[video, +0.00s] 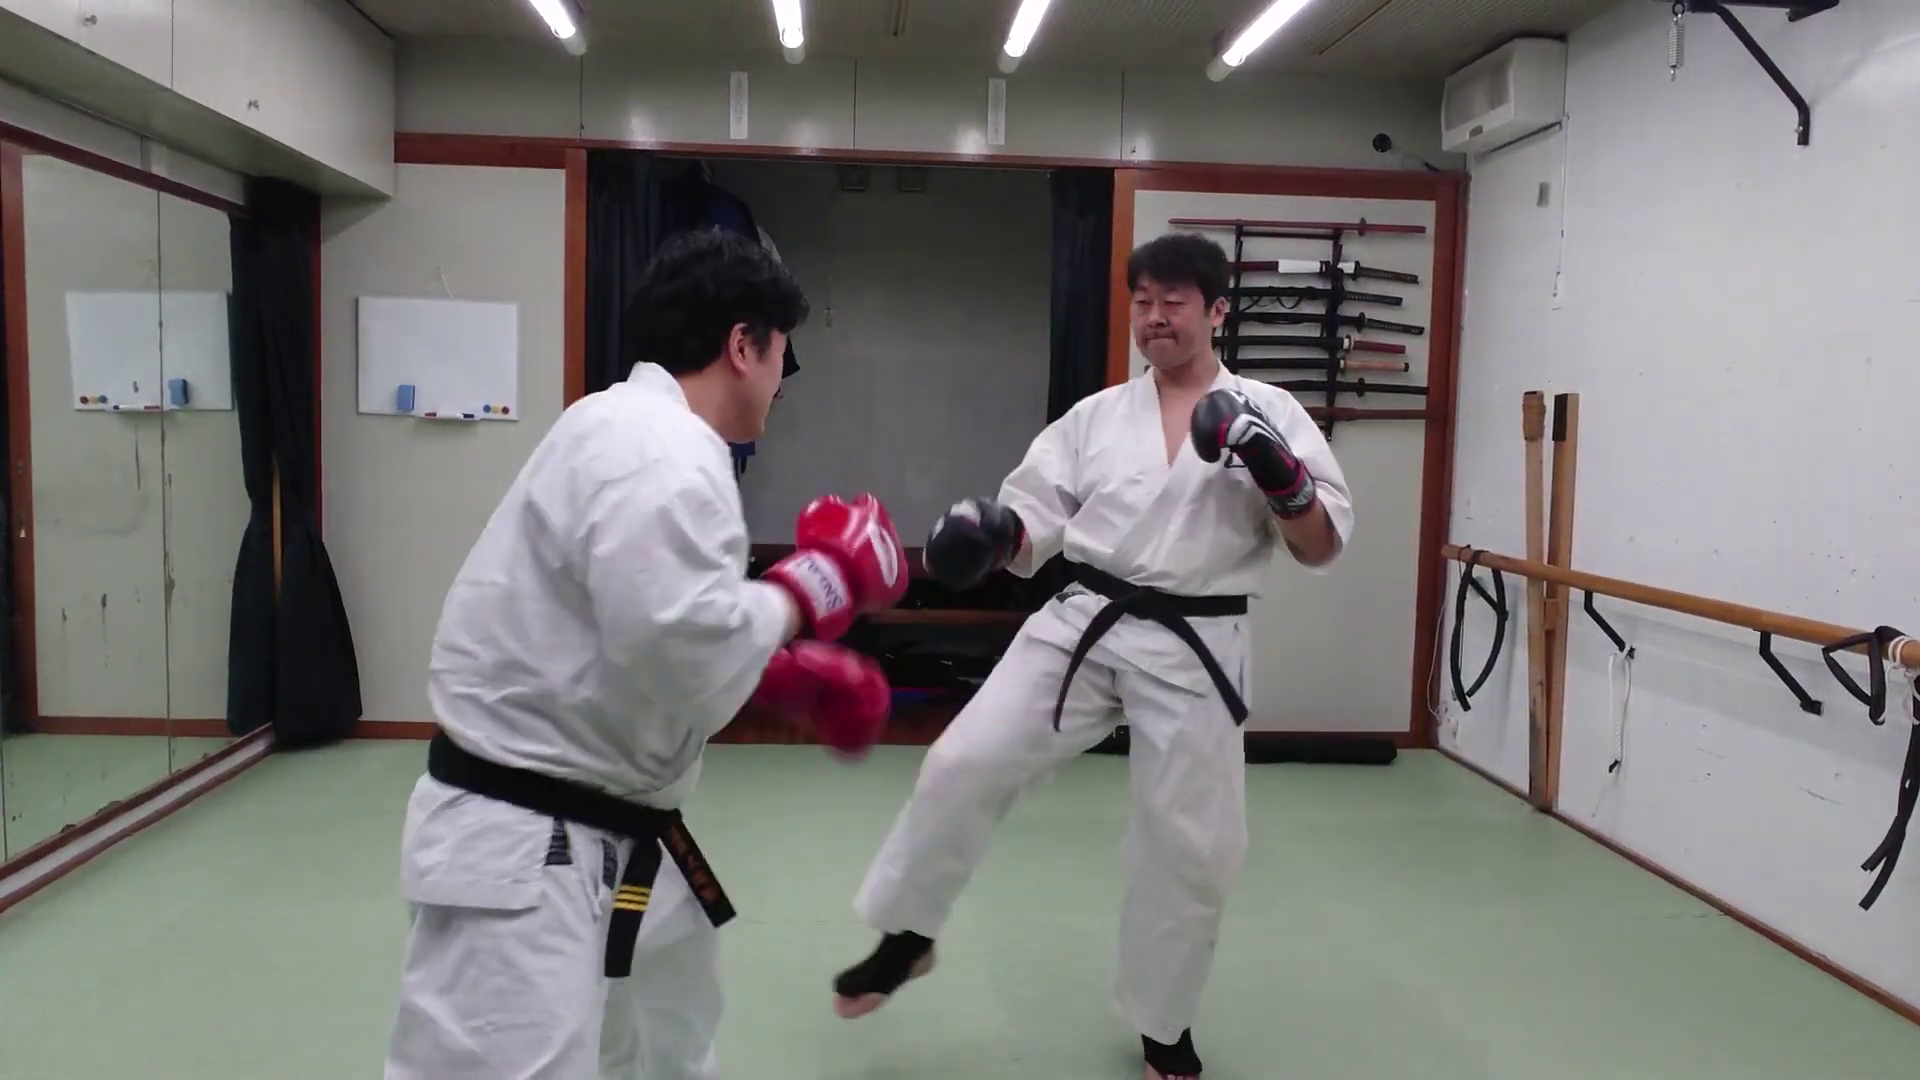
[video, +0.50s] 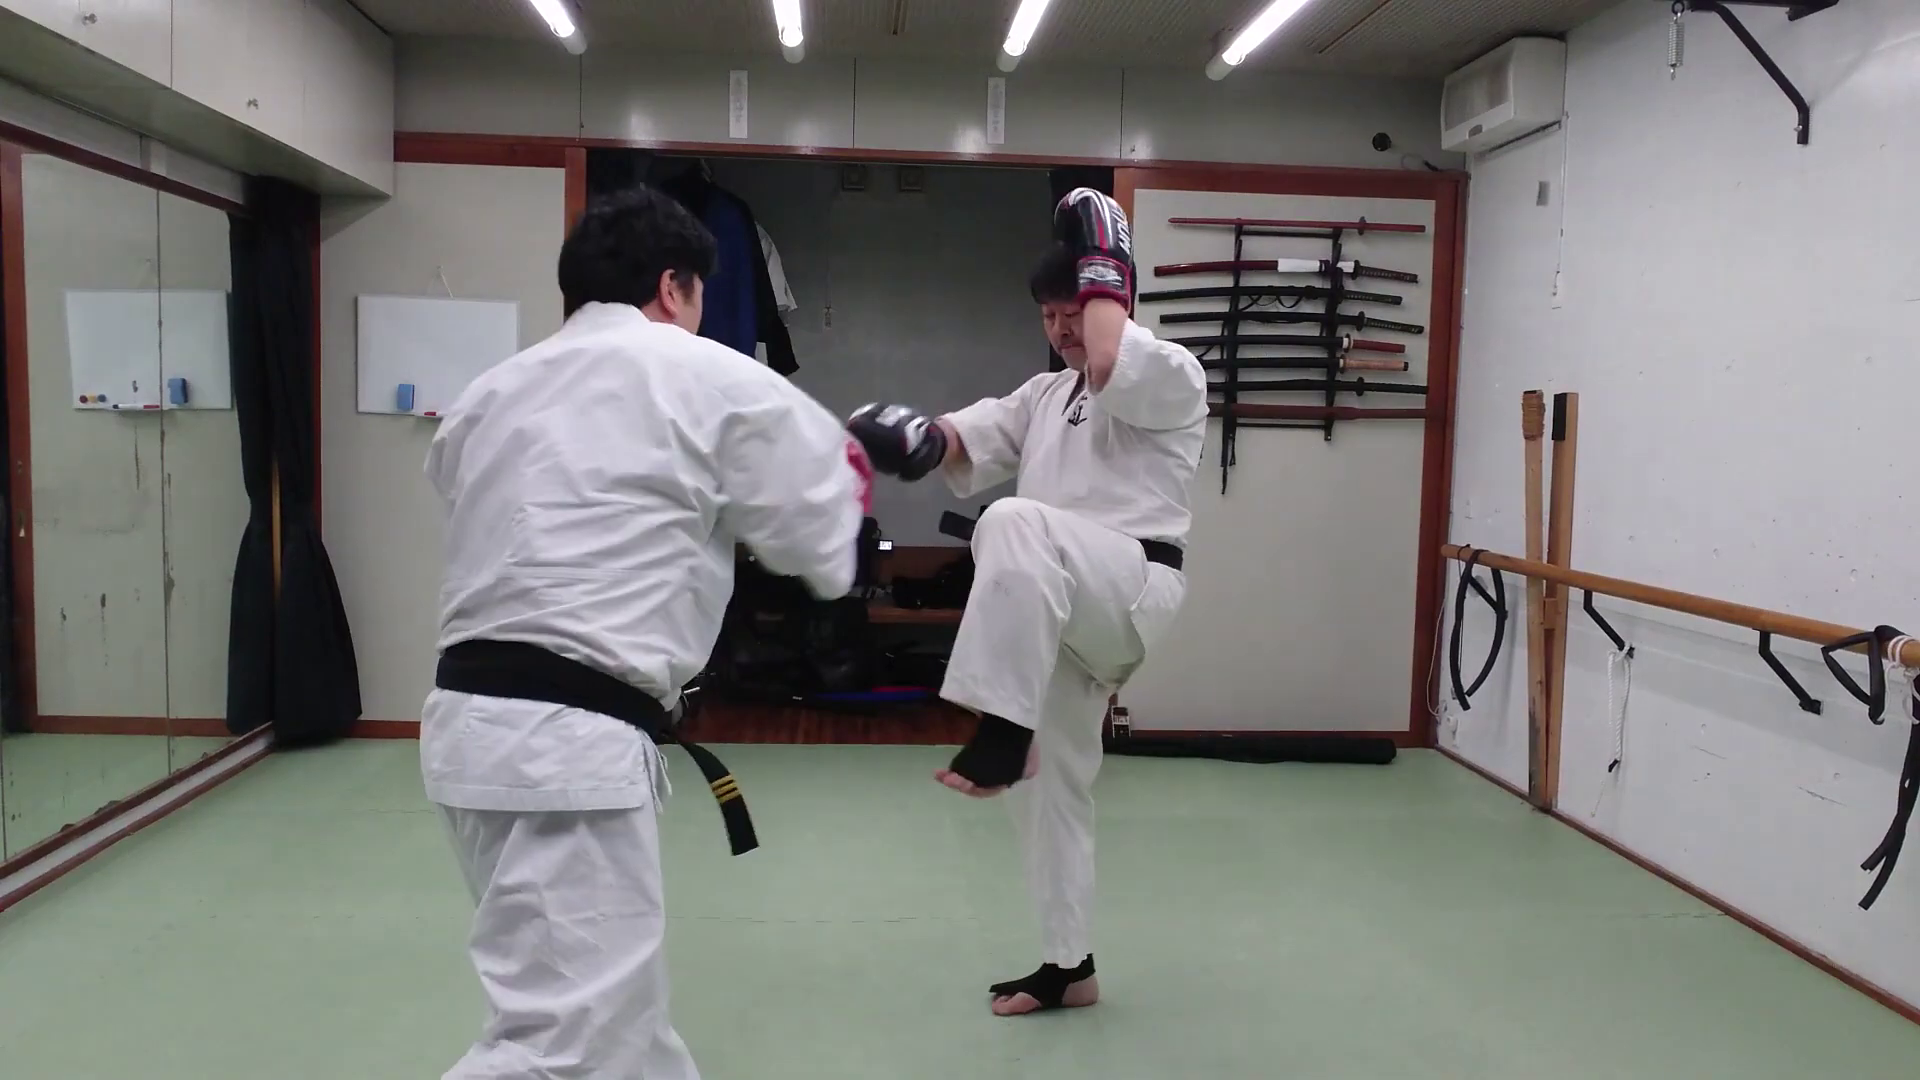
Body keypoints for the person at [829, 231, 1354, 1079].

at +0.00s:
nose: (1153, 319)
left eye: (1173, 304)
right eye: (1143, 303)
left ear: (1216, 312)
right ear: (1131, 311)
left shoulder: (1267, 415)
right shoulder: (1099, 415)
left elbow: (1322, 548)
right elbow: (1029, 521)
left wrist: (1279, 477)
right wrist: (984, 535)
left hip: (1197, 641)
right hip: (1080, 618)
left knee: (1197, 848)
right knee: (965, 762)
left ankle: (1164, 1029)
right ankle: (904, 937)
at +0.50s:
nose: (1059, 325)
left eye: (1071, 310)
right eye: (1049, 313)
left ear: (1109, 308)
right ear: (1040, 319)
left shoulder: (1170, 381)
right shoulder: (1045, 394)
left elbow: (1109, 361)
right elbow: (970, 433)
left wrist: (1105, 264)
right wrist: (917, 438)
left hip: (1139, 588)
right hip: (1058, 586)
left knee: (1017, 522)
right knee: (1056, 780)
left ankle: (1006, 728)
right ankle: (1067, 965)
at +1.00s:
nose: (1011, 308)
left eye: (1029, 293)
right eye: (1001, 293)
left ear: (1074, 298)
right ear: (992, 302)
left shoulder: (1125, 387)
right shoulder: (978, 410)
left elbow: (1201, 488)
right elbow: (978, 539)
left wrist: (1210, 579)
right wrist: (981, 624)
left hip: (1088, 599)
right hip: (1013, 608)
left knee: (1035, 724)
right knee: (1009, 773)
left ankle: (1082, 953)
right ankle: (1057, 960)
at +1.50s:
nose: (989, 360)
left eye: (1000, 343)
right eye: (983, 348)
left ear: (1049, 335)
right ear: (1052, 346)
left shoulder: (1036, 385)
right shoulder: (1075, 417)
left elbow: (986, 457)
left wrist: (941, 527)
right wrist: (884, 535)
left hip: (994, 551)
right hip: (1019, 602)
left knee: (862, 603)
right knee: (907, 787)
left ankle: (973, 783)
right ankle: (962, 987)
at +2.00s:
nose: (987, 327)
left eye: (996, 306)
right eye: (983, 312)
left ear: (1048, 299)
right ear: (1042, 307)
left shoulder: (1080, 377)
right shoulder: (1035, 392)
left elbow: (1045, 484)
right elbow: (971, 509)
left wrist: (946, 431)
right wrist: (898, 472)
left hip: (998, 593)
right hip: (982, 592)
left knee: (914, 807)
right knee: (957, 811)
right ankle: (953, 1016)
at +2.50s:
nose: (1085, 328)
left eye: (1094, 309)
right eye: (1080, 313)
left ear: (1152, 298)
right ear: (1140, 304)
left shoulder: (1199, 395)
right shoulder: (1107, 387)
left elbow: (1193, 536)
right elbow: (998, 431)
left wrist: (1081, 540)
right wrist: (931, 388)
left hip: (1155, 647)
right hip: (1121, 640)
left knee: (1082, 849)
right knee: (1202, 819)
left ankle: (1023, 1051)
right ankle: (1278, 984)